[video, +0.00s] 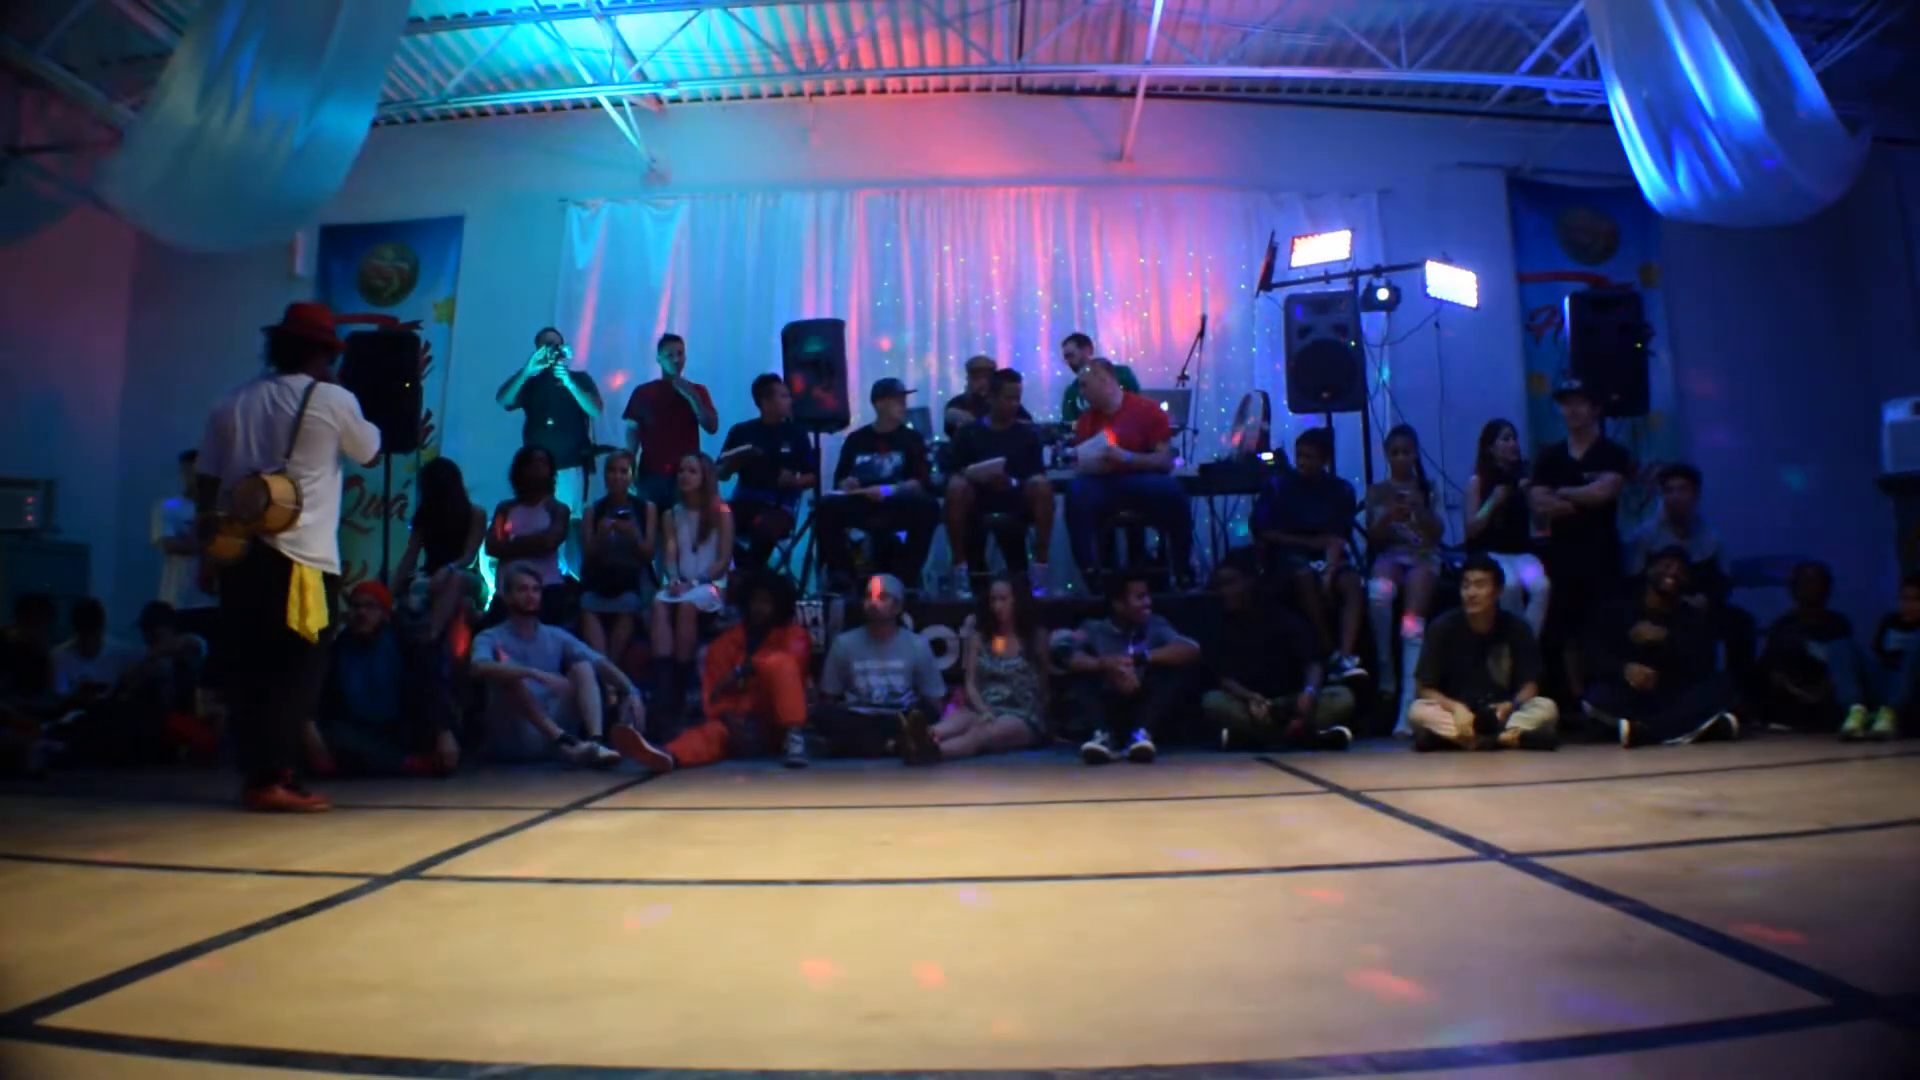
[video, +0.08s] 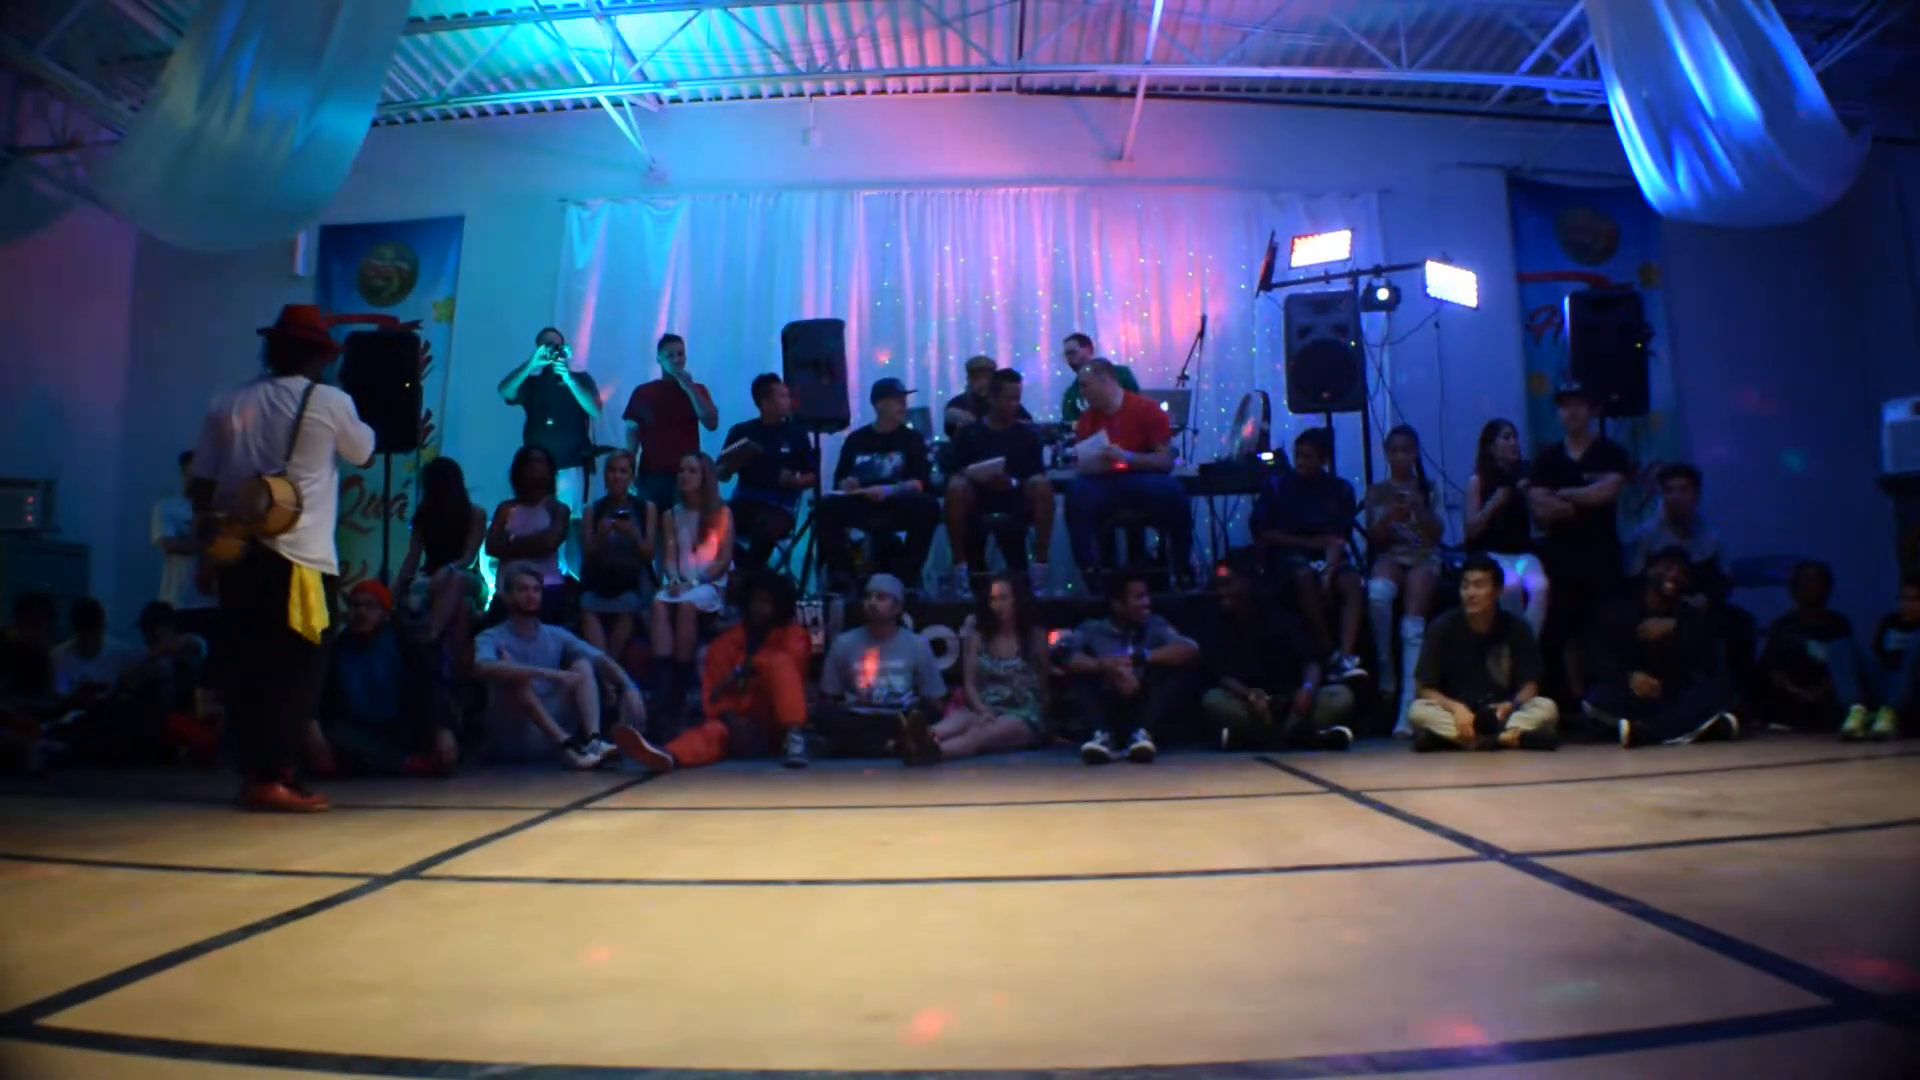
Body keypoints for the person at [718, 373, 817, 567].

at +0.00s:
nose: (788, 402)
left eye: (788, 396)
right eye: (782, 396)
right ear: (764, 402)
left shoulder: (796, 433)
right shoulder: (741, 431)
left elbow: (812, 476)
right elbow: (721, 473)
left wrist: (794, 480)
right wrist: (735, 461)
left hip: (779, 503)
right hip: (745, 499)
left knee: (765, 531)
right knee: (719, 523)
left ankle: (750, 575)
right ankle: (743, 563)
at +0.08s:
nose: (787, 402)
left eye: (787, 396)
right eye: (781, 396)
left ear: (790, 399)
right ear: (764, 402)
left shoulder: (796, 433)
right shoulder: (741, 432)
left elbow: (812, 475)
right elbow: (722, 474)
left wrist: (795, 480)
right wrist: (736, 459)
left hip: (780, 502)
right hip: (745, 499)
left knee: (767, 532)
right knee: (720, 525)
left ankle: (750, 576)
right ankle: (745, 564)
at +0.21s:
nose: (787, 401)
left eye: (787, 395)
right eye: (781, 396)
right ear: (763, 402)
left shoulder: (796, 433)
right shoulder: (740, 432)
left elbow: (812, 475)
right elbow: (721, 475)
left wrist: (796, 480)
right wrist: (735, 460)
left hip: (779, 502)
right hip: (745, 499)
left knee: (767, 532)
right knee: (720, 524)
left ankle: (750, 574)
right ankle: (743, 564)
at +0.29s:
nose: (785, 401)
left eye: (785, 395)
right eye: (780, 396)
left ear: (786, 398)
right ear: (762, 401)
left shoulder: (795, 433)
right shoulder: (740, 432)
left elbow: (812, 474)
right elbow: (722, 475)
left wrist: (797, 480)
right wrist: (733, 463)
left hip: (779, 500)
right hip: (745, 498)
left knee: (767, 532)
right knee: (720, 525)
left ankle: (751, 575)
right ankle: (746, 565)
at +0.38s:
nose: (785, 402)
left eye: (785, 396)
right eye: (779, 397)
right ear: (760, 401)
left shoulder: (795, 433)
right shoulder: (739, 433)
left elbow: (812, 474)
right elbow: (721, 476)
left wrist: (798, 480)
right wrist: (733, 463)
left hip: (779, 500)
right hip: (745, 498)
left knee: (767, 532)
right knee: (721, 525)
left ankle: (751, 576)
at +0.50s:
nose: (772, 402)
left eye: (776, 396)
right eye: (765, 397)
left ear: (782, 399)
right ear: (754, 401)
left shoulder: (793, 433)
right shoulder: (738, 433)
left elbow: (811, 473)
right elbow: (721, 476)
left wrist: (798, 483)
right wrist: (732, 462)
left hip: (778, 499)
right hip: (745, 498)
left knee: (766, 532)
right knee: (720, 525)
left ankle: (751, 575)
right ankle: (746, 564)